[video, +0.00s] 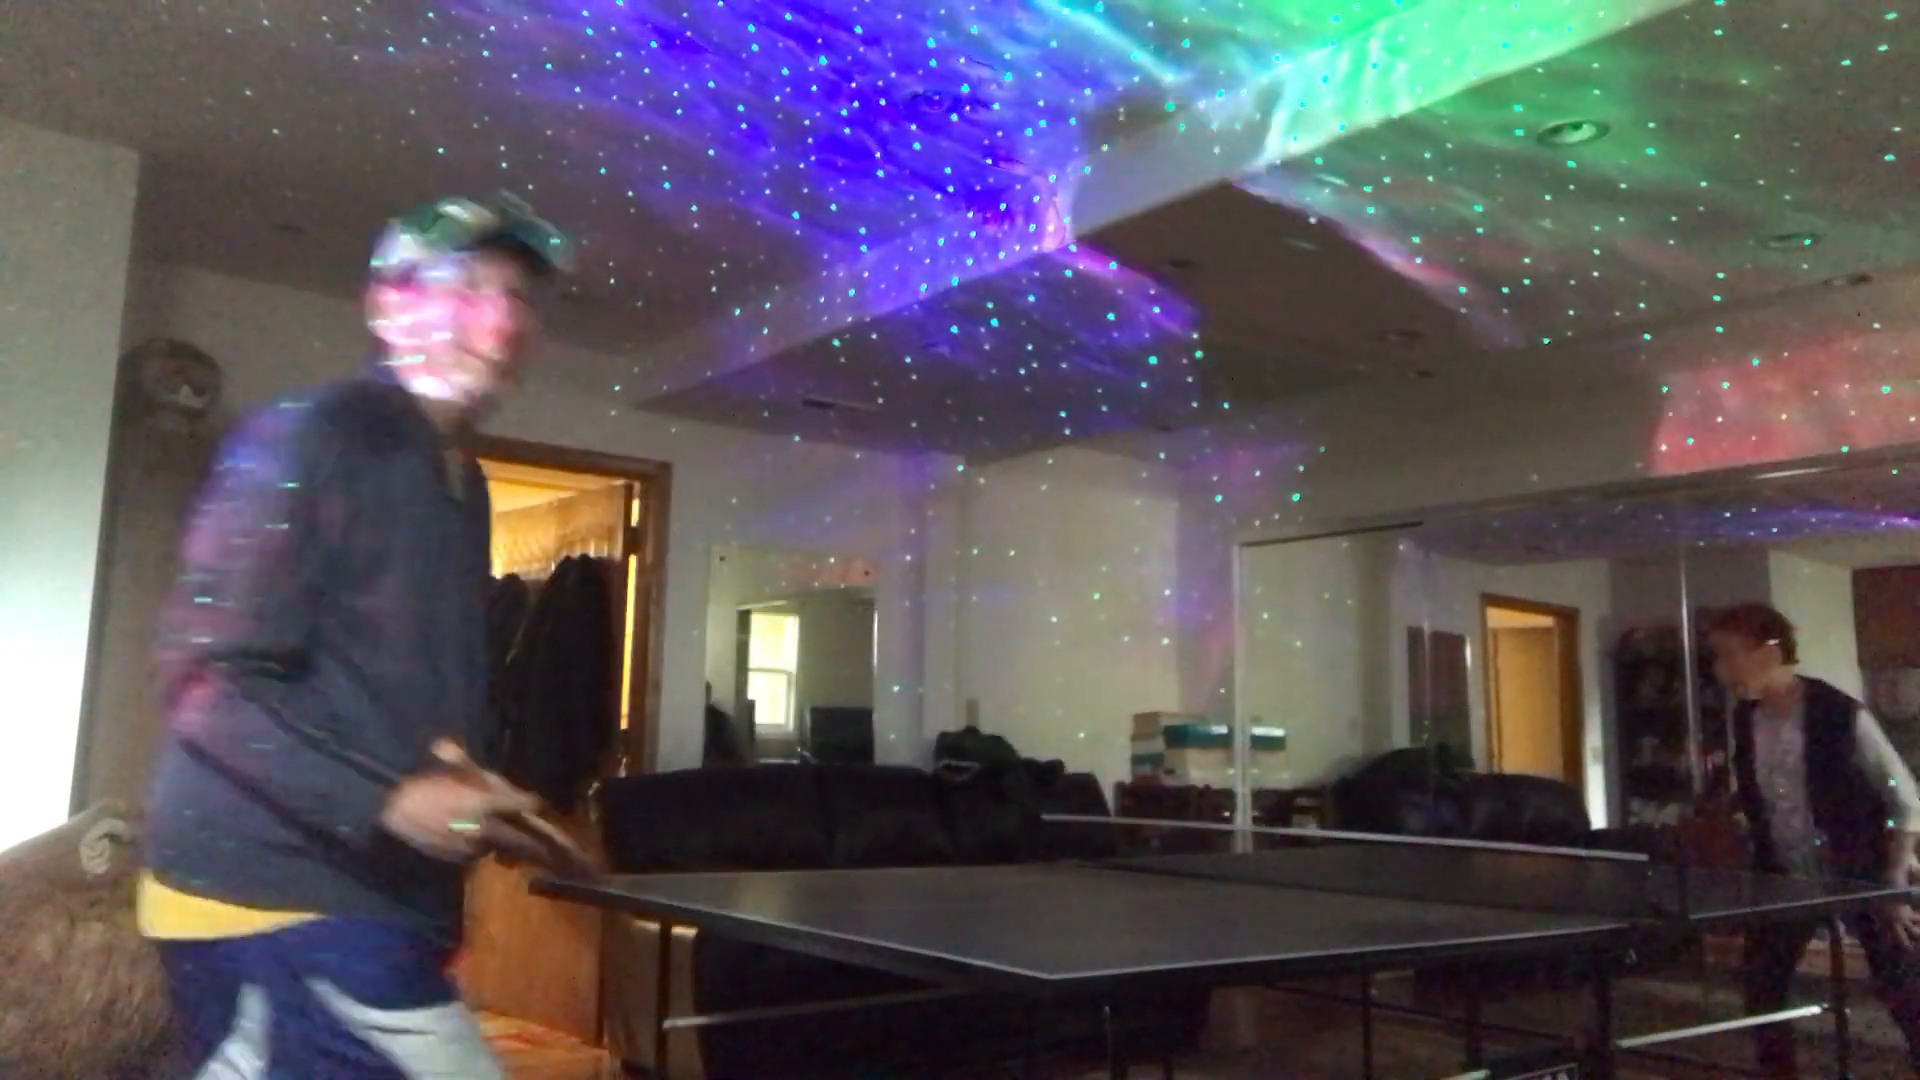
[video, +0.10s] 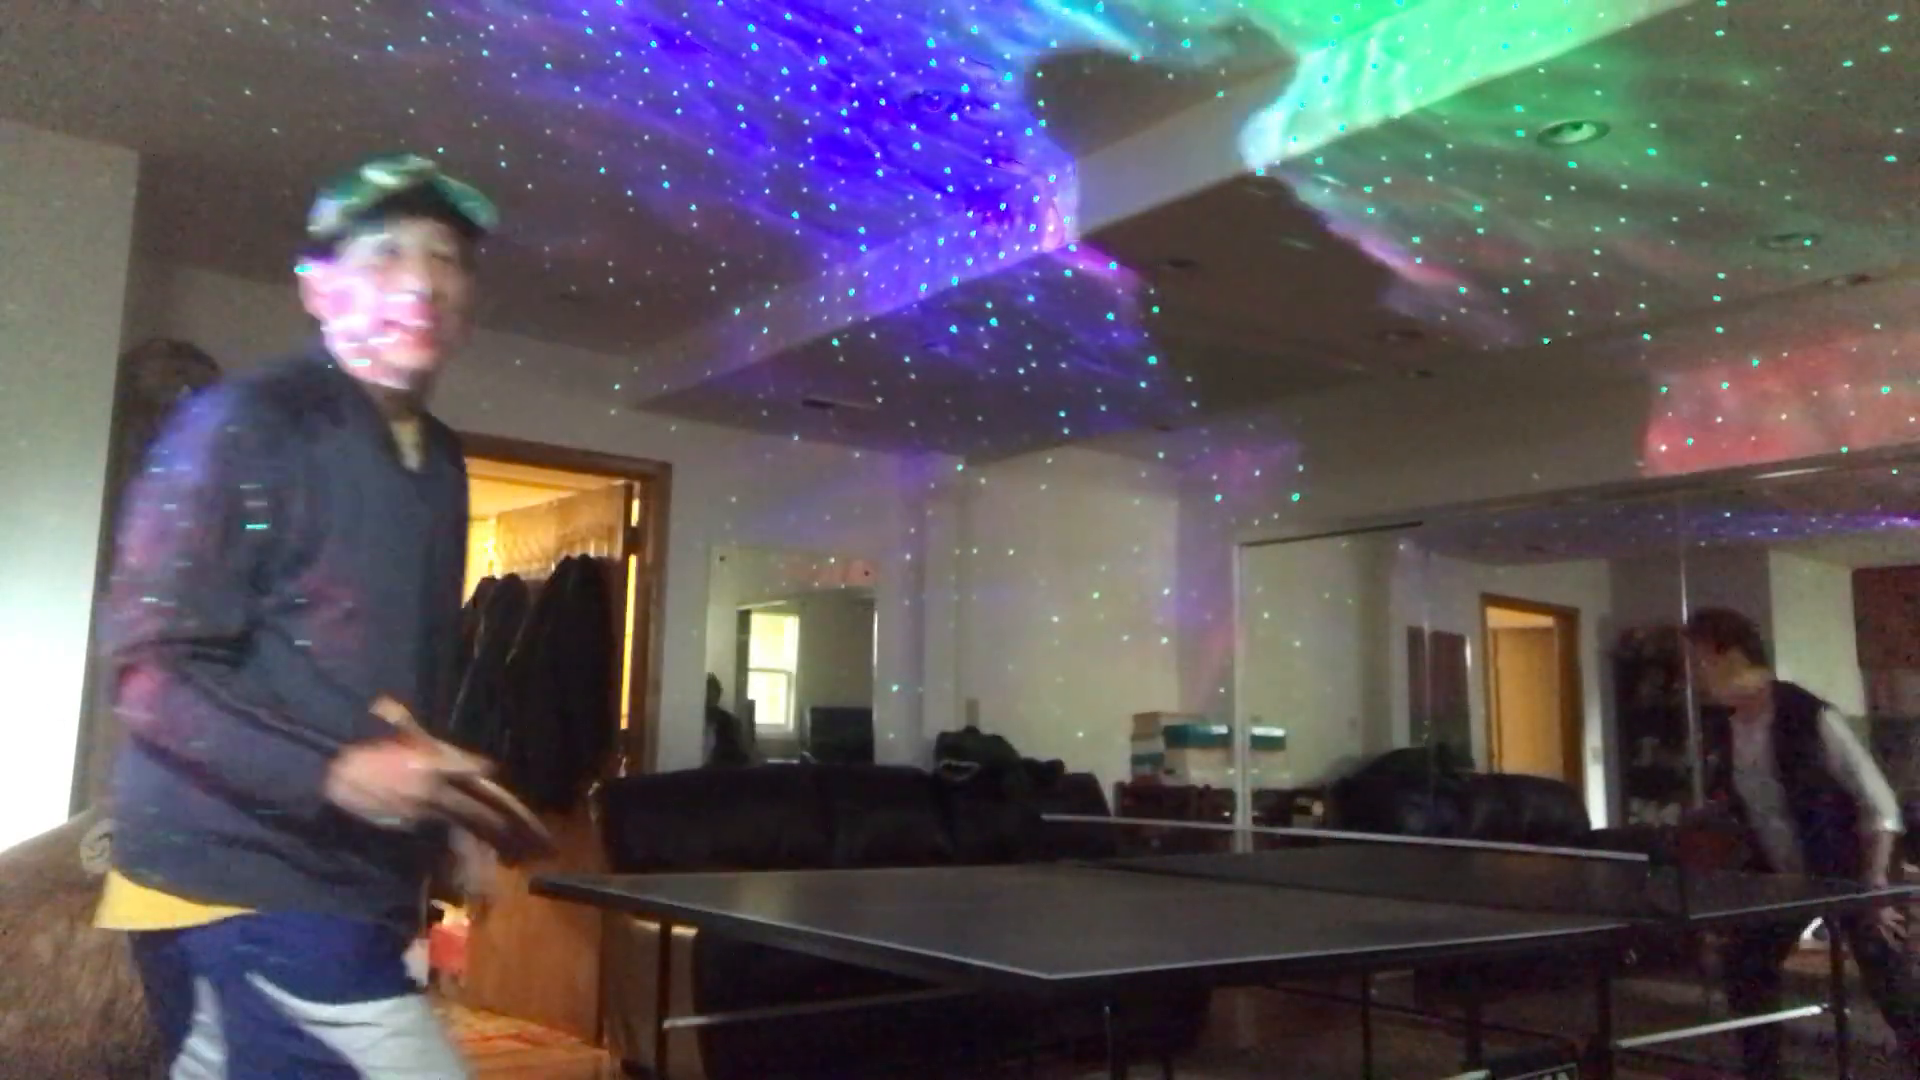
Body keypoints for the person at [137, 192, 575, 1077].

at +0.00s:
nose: (493, 323)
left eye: (515, 298)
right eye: (462, 287)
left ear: (528, 330)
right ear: (389, 305)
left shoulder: (462, 488)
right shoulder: (306, 439)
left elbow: (433, 697)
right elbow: (205, 680)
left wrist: (473, 789)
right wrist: (389, 799)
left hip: (378, 904)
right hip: (278, 904)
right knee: (449, 1060)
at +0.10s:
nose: (420, 287)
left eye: (446, 262)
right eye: (385, 256)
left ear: (472, 298)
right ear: (319, 289)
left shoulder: (437, 460)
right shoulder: (242, 425)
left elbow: (426, 669)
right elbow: (149, 673)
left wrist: (447, 820)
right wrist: (332, 769)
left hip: (356, 887)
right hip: (238, 885)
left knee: (234, 1062)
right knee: (420, 1061)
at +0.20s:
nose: (370, 269)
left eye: (399, 241)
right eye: (334, 238)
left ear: (429, 279)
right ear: (274, 275)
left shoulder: (418, 455)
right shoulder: (190, 428)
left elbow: (404, 656)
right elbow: (92, 664)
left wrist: (485, 743)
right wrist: (245, 735)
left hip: (346, 895)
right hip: (220, 895)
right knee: (344, 1059)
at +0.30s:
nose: (340, 261)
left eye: (371, 231)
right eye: (304, 226)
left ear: (407, 272)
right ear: (242, 261)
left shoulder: (414, 451)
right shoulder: (145, 421)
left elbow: (405, 657)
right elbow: (25, 656)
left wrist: (529, 663)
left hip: (344, 926)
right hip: (180, 927)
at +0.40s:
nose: (306, 236)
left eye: (342, 208)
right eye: (268, 200)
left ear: (381, 252)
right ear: (207, 238)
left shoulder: (415, 438)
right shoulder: (104, 397)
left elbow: (440, 624)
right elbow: (11, 670)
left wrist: (553, 586)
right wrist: (59, 575)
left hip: (320, 944)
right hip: (128, 941)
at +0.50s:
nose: (275, 203)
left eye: (313, 172)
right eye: (236, 162)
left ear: (358, 221)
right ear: (170, 202)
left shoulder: (415, 422)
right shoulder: (65, 369)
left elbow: (481, 600)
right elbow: (24, 587)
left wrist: (599, 548)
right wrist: (13, 483)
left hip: (304, 965)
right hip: (74, 950)